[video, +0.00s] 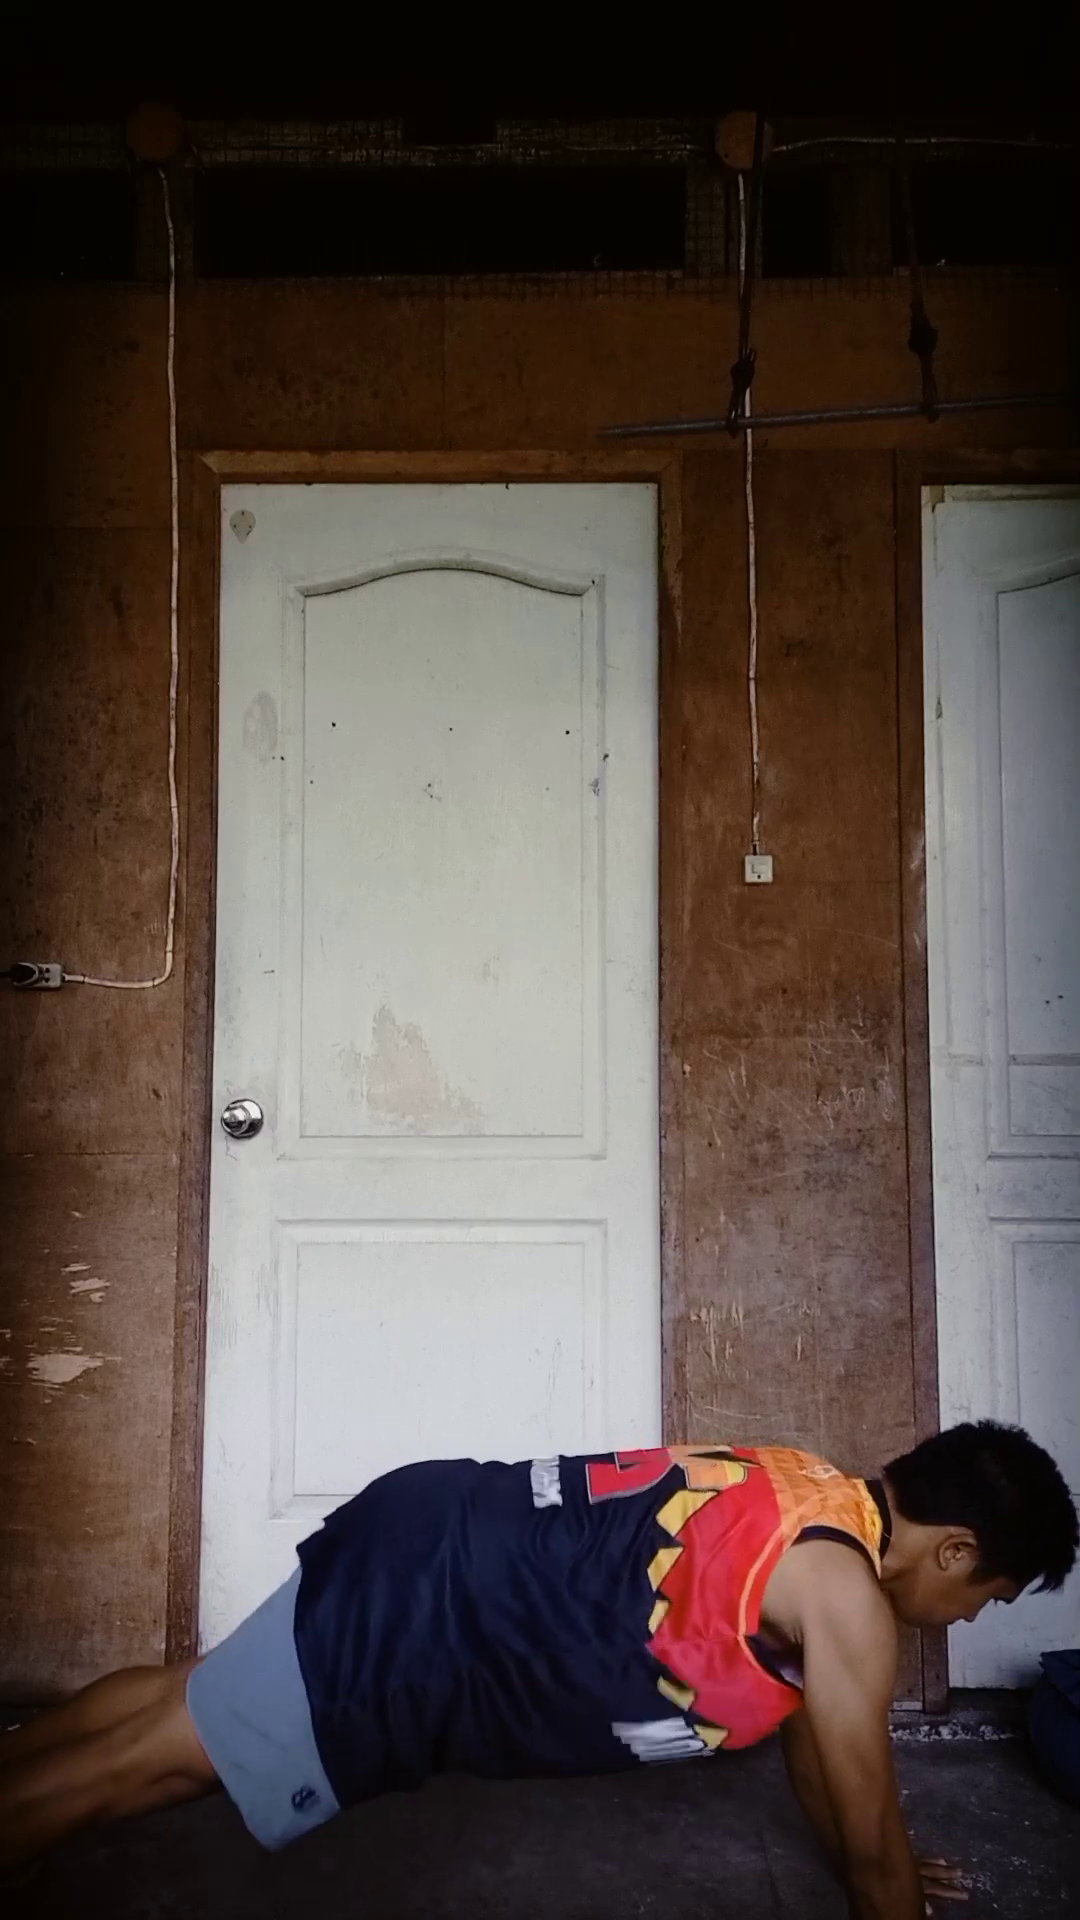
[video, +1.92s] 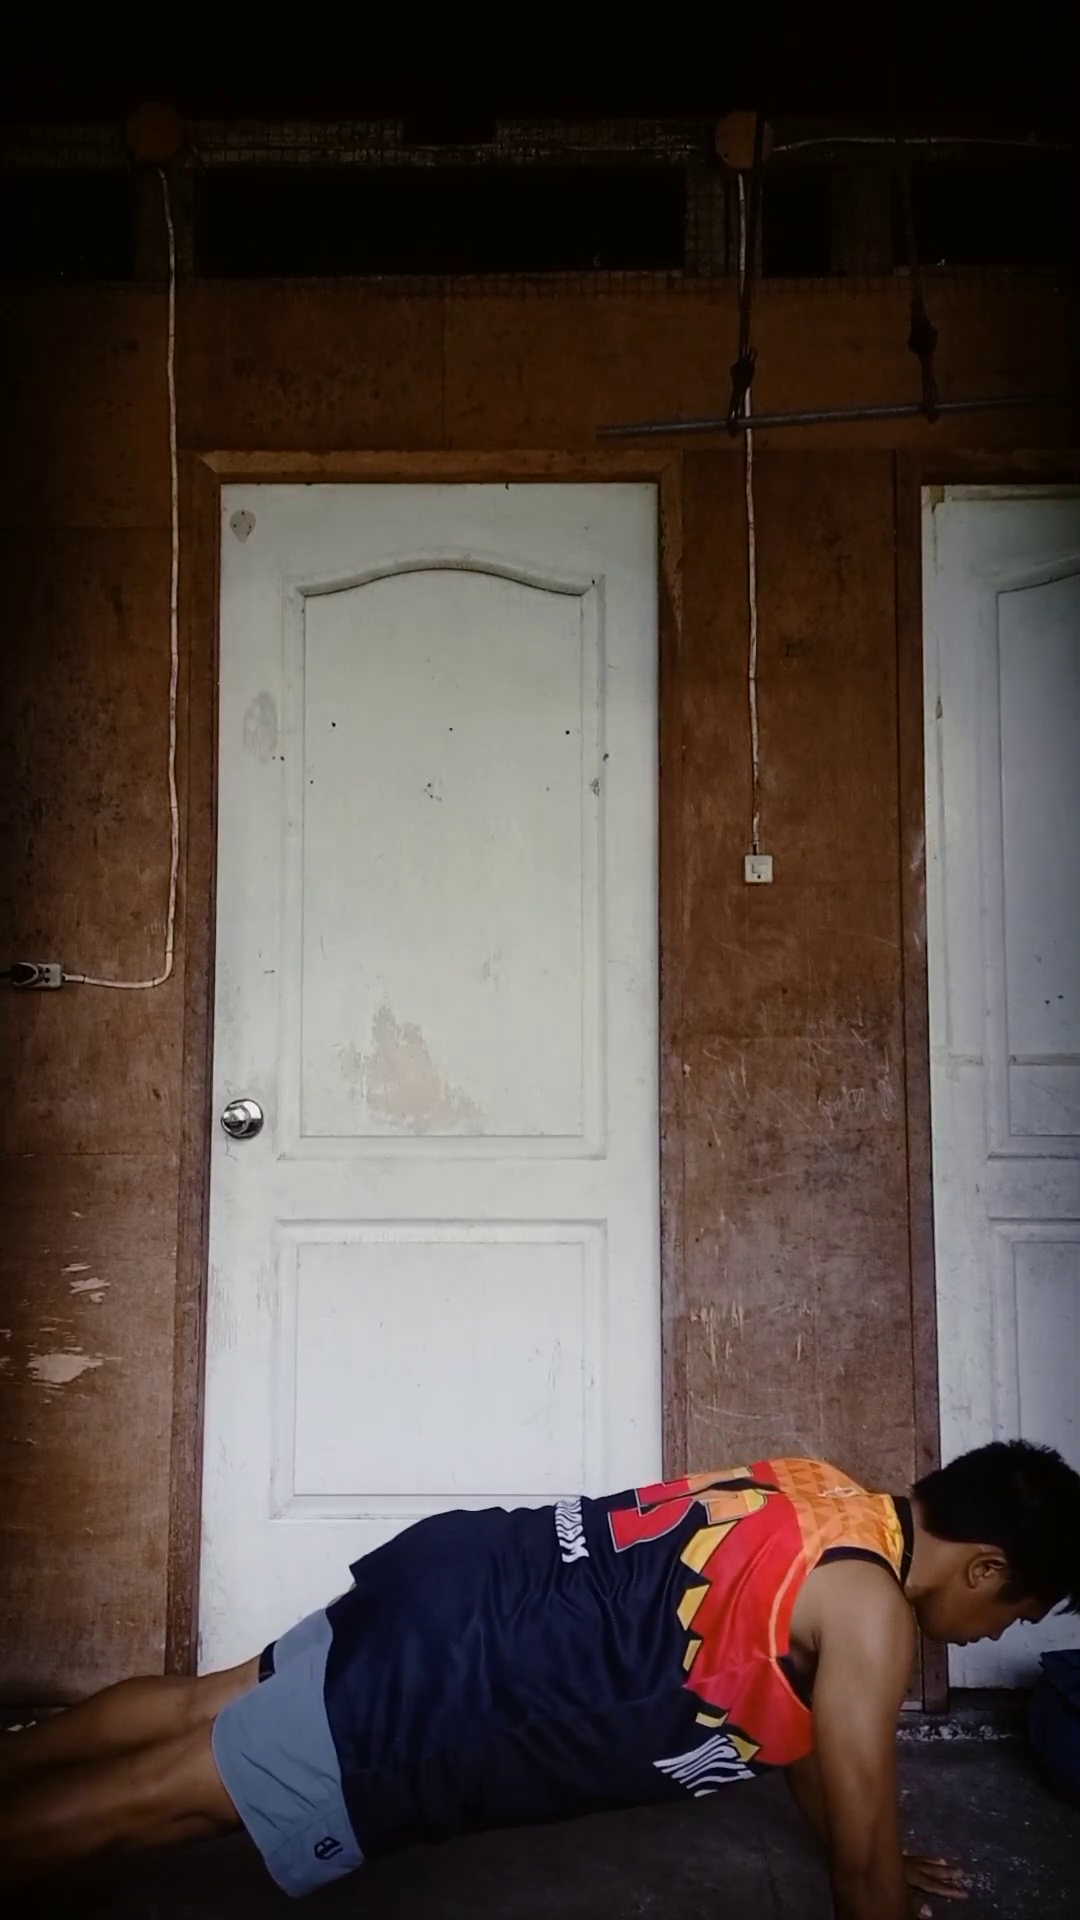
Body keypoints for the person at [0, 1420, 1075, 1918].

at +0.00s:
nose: (975, 1616)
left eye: (996, 1597)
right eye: (992, 1591)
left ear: (927, 1487)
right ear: (959, 1551)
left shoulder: (809, 1482)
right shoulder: (844, 1609)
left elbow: (810, 1735)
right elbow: (868, 1848)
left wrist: (893, 1860)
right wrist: (911, 1900)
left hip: (426, 1522)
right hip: (424, 1617)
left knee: (174, 1696)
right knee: (143, 1768)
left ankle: (13, 1763)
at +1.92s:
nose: (996, 1632)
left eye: (1017, 1615)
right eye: (1012, 1609)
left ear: (945, 1498)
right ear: (977, 1563)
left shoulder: (822, 1486)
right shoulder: (866, 1620)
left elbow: (798, 1697)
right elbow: (869, 1874)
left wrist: (873, 1841)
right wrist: (910, 1895)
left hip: (457, 1566)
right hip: (455, 1680)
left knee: (211, 1699)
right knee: (152, 1802)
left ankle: (4, 1764)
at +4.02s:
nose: (1062, 1637)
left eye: (1076, 1616)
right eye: (1076, 1611)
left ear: (1005, 1518)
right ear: (1048, 1577)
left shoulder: (875, 1514)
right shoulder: (929, 1633)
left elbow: (804, 1706)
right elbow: (873, 1875)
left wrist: (862, 1841)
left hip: (532, 1617)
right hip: (527, 1737)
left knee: (282, 1720)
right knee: (217, 1824)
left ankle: (30, 1758)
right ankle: (5, 1868)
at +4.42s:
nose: (1045, 1620)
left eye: (1060, 1603)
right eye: (1062, 1597)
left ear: (996, 1504)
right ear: (1031, 1557)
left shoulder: (861, 1490)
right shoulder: (914, 1624)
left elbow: (776, 1664)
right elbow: (874, 1881)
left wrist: (863, 1786)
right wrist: (913, 1877)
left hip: (514, 1603)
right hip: (515, 1727)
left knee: (277, 1712)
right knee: (213, 1819)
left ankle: (31, 1757)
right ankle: (5, 1867)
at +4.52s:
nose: (1044, 1625)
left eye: (1059, 1608)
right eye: (1061, 1602)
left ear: (996, 1506)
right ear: (1034, 1564)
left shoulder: (861, 1494)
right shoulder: (918, 1624)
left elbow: (773, 1672)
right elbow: (872, 1881)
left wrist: (860, 1812)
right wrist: (910, 1889)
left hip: (513, 1609)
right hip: (512, 1735)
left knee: (284, 1715)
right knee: (212, 1824)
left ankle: (25, 1761)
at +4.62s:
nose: (1057, 1635)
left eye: (1072, 1615)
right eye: (1072, 1609)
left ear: (1003, 1513)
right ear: (1041, 1572)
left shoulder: (869, 1504)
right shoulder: (923, 1635)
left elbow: (774, 1667)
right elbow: (870, 1881)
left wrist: (862, 1801)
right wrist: (904, 1879)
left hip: (516, 1619)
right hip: (520, 1747)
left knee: (276, 1720)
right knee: (212, 1829)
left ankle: (24, 1760)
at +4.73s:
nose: (1063, 1666)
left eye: (1078, 1646)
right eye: (1079, 1642)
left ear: (1014, 1543)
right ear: (1058, 1604)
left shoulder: (883, 1536)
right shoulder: (936, 1661)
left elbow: (779, 1688)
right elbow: (867, 1887)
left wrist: (876, 1814)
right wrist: (922, 1881)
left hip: (528, 1636)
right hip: (530, 1764)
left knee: (272, 1732)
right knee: (219, 1838)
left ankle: (25, 1769)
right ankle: (4, 1864)